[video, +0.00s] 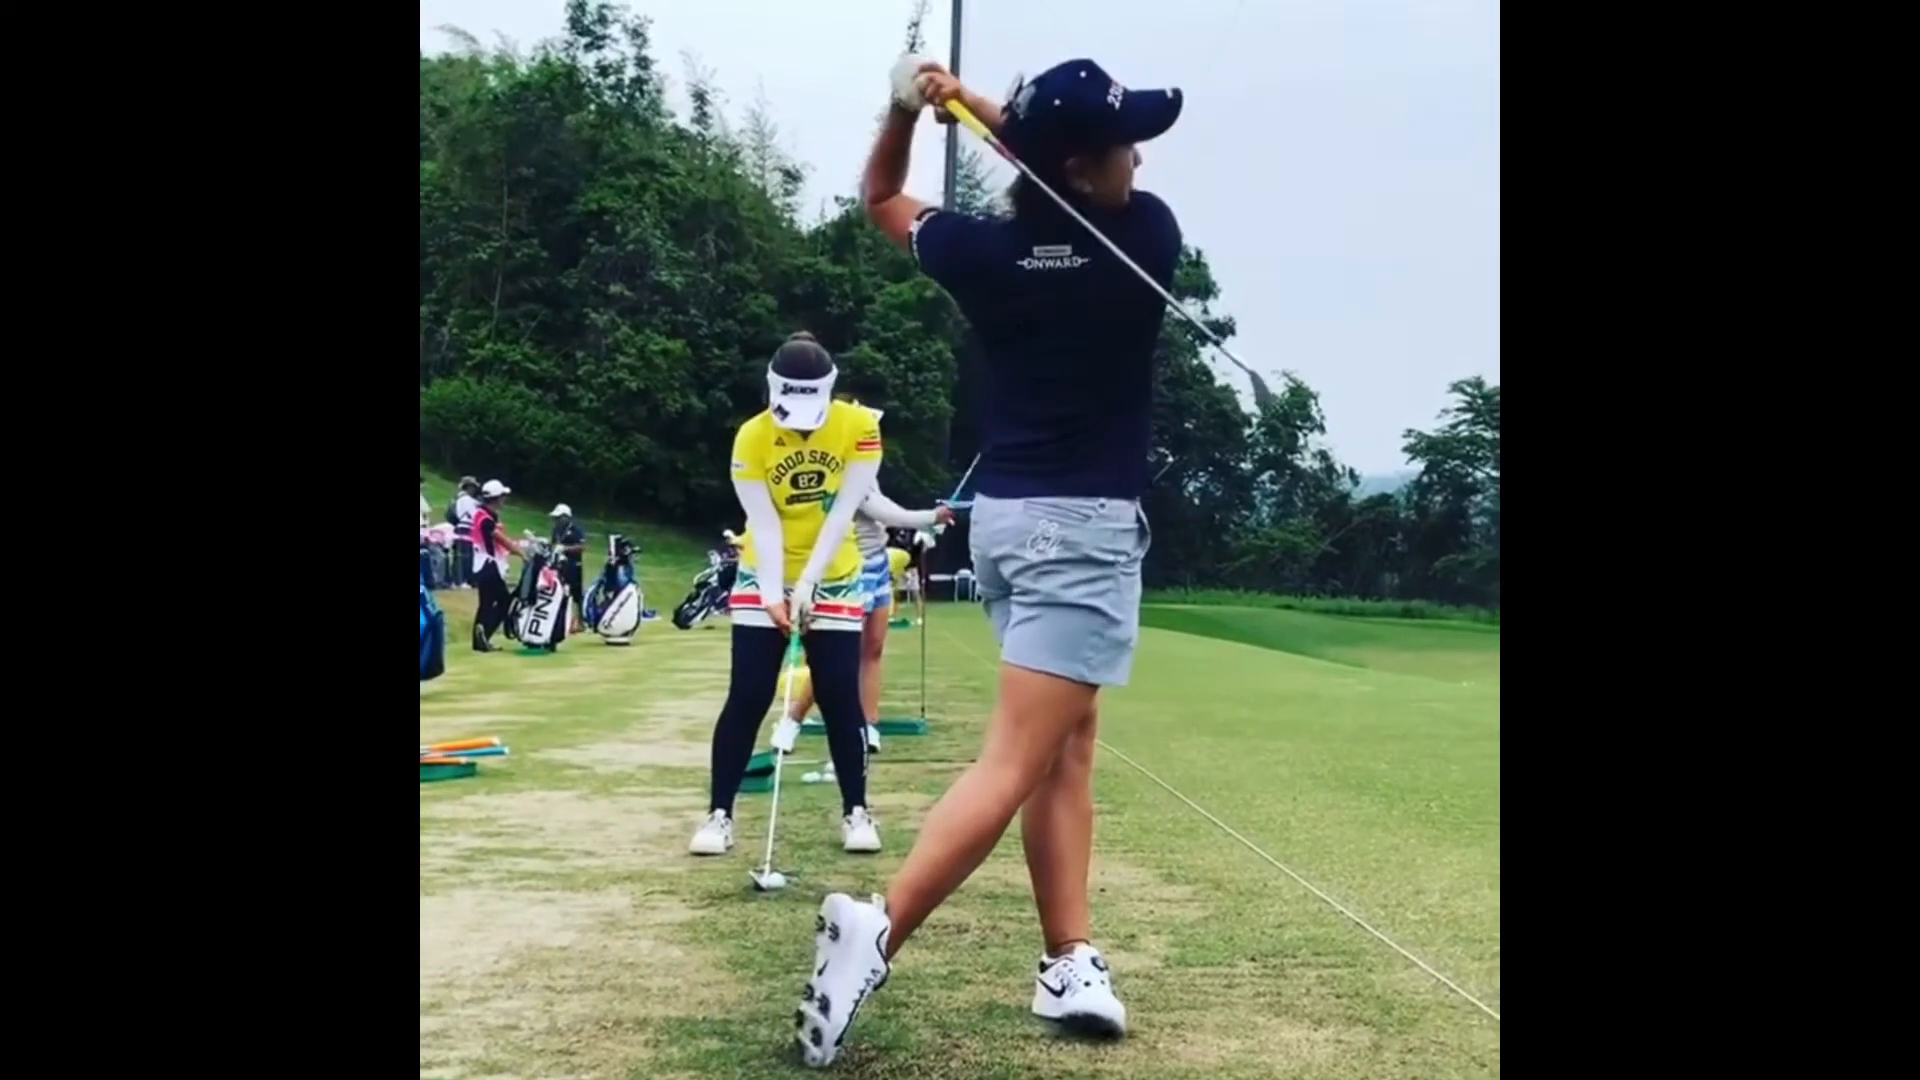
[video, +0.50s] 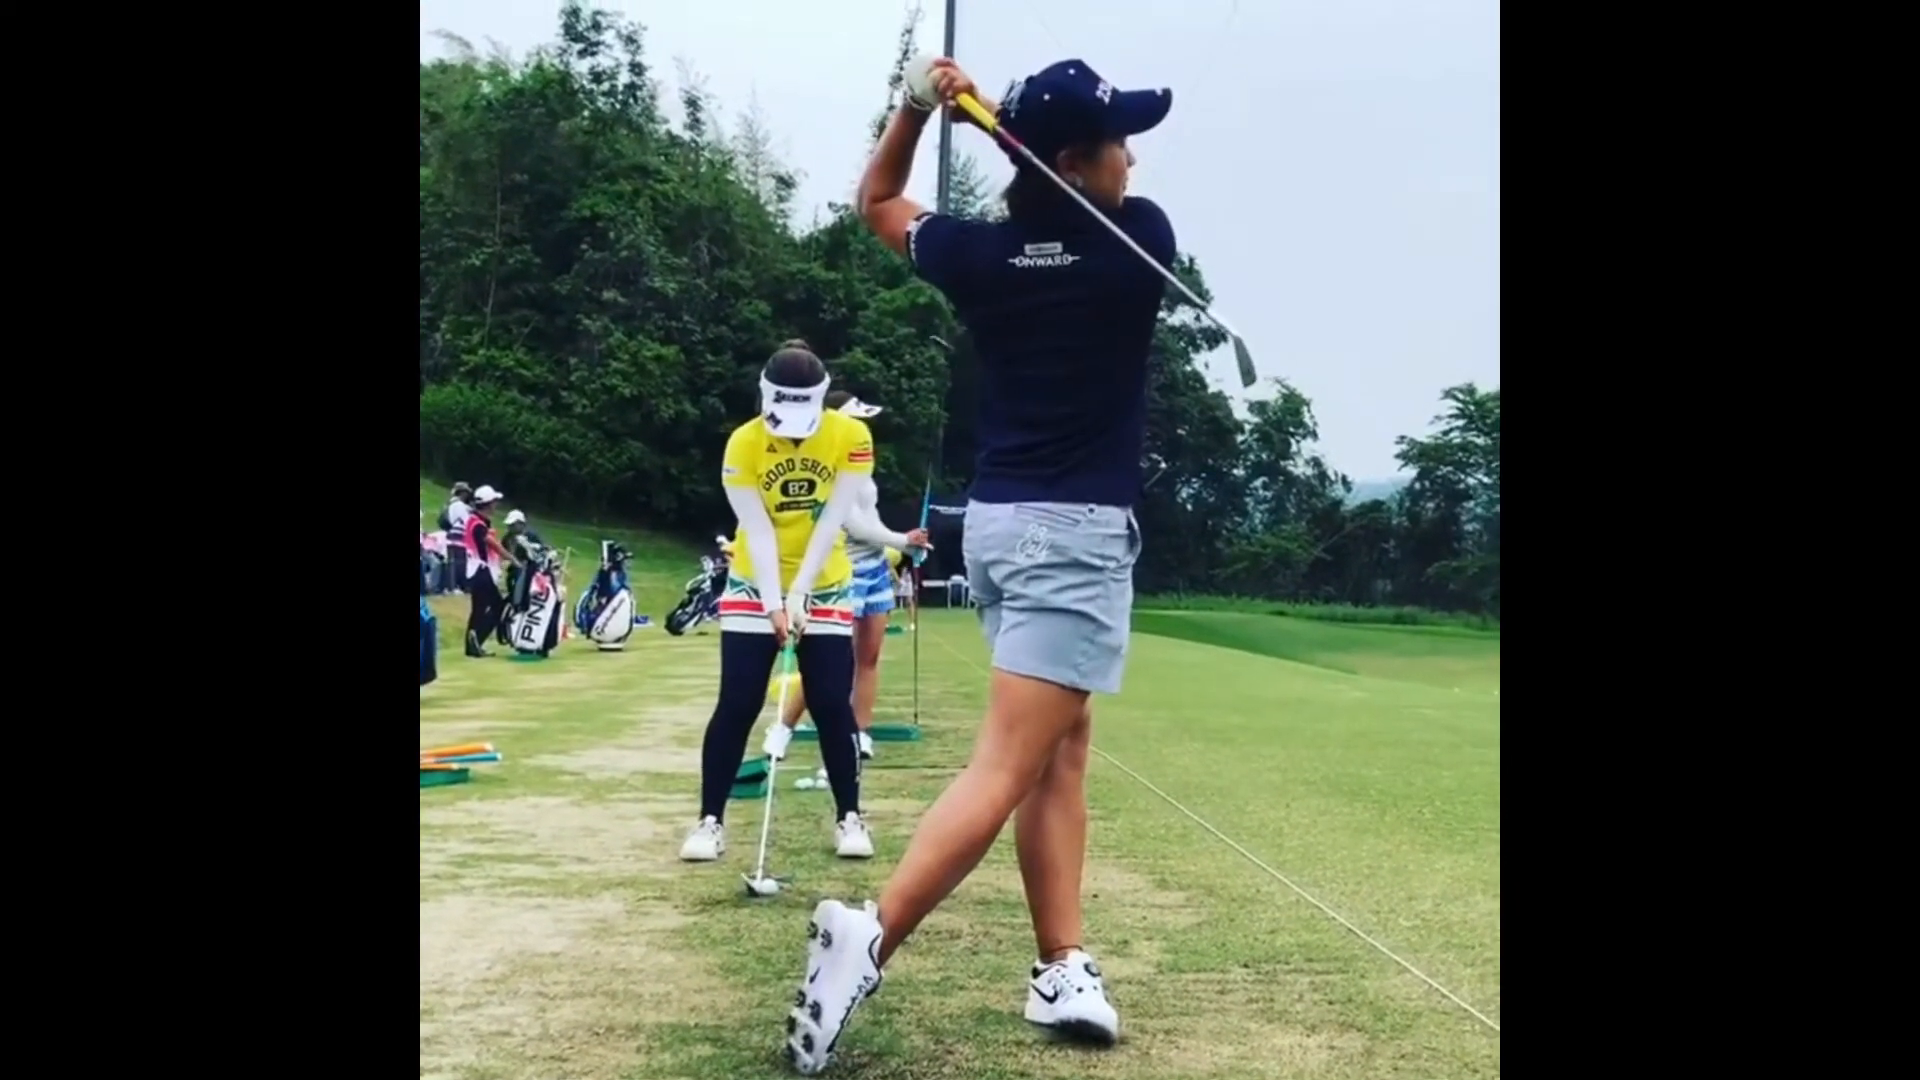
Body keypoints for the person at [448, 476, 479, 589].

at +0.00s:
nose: (474, 490)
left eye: (474, 488)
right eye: (473, 488)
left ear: (463, 488)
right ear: (470, 488)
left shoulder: (457, 500)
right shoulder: (474, 502)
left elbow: (450, 515)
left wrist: (457, 523)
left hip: (458, 530)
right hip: (468, 531)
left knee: (458, 556)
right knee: (467, 556)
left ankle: (457, 579)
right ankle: (467, 580)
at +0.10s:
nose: (472, 491)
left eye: (471, 489)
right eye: (470, 489)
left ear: (460, 489)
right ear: (467, 489)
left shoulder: (455, 501)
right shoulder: (471, 503)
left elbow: (447, 516)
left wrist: (455, 524)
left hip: (456, 531)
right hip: (466, 532)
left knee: (455, 557)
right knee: (465, 557)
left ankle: (455, 581)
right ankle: (465, 580)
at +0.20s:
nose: (469, 493)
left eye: (469, 490)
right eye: (468, 490)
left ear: (458, 490)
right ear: (465, 490)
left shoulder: (453, 502)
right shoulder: (468, 504)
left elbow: (445, 516)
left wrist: (452, 525)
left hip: (453, 533)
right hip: (463, 534)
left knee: (453, 559)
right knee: (462, 558)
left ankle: (452, 581)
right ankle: (462, 581)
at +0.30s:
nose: (468, 494)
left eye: (468, 492)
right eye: (467, 492)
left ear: (457, 491)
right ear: (464, 492)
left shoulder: (452, 503)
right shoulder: (467, 505)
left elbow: (445, 518)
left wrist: (452, 526)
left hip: (452, 534)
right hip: (462, 535)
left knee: (452, 560)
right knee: (461, 559)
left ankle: (451, 583)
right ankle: (460, 583)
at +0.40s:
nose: (467, 495)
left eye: (467, 493)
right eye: (466, 493)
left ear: (456, 493)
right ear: (462, 493)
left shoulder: (451, 505)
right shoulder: (465, 506)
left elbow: (443, 519)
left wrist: (451, 528)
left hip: (452, 535)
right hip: (461, 536)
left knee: (451, 561)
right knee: (460, 560)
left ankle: (450, 584)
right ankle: (458, 584)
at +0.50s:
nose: (467, 496)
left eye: (467, 494)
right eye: (466, 494)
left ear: (455, 493)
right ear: (463, 494)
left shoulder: (450, 506)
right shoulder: (464, 507)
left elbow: (443, 521)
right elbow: (468, 521)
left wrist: (450, 529)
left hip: (451, 537)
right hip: (460, 538)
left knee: (451, 562)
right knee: (460, 562)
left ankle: (450, 586)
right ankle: (459, 586)